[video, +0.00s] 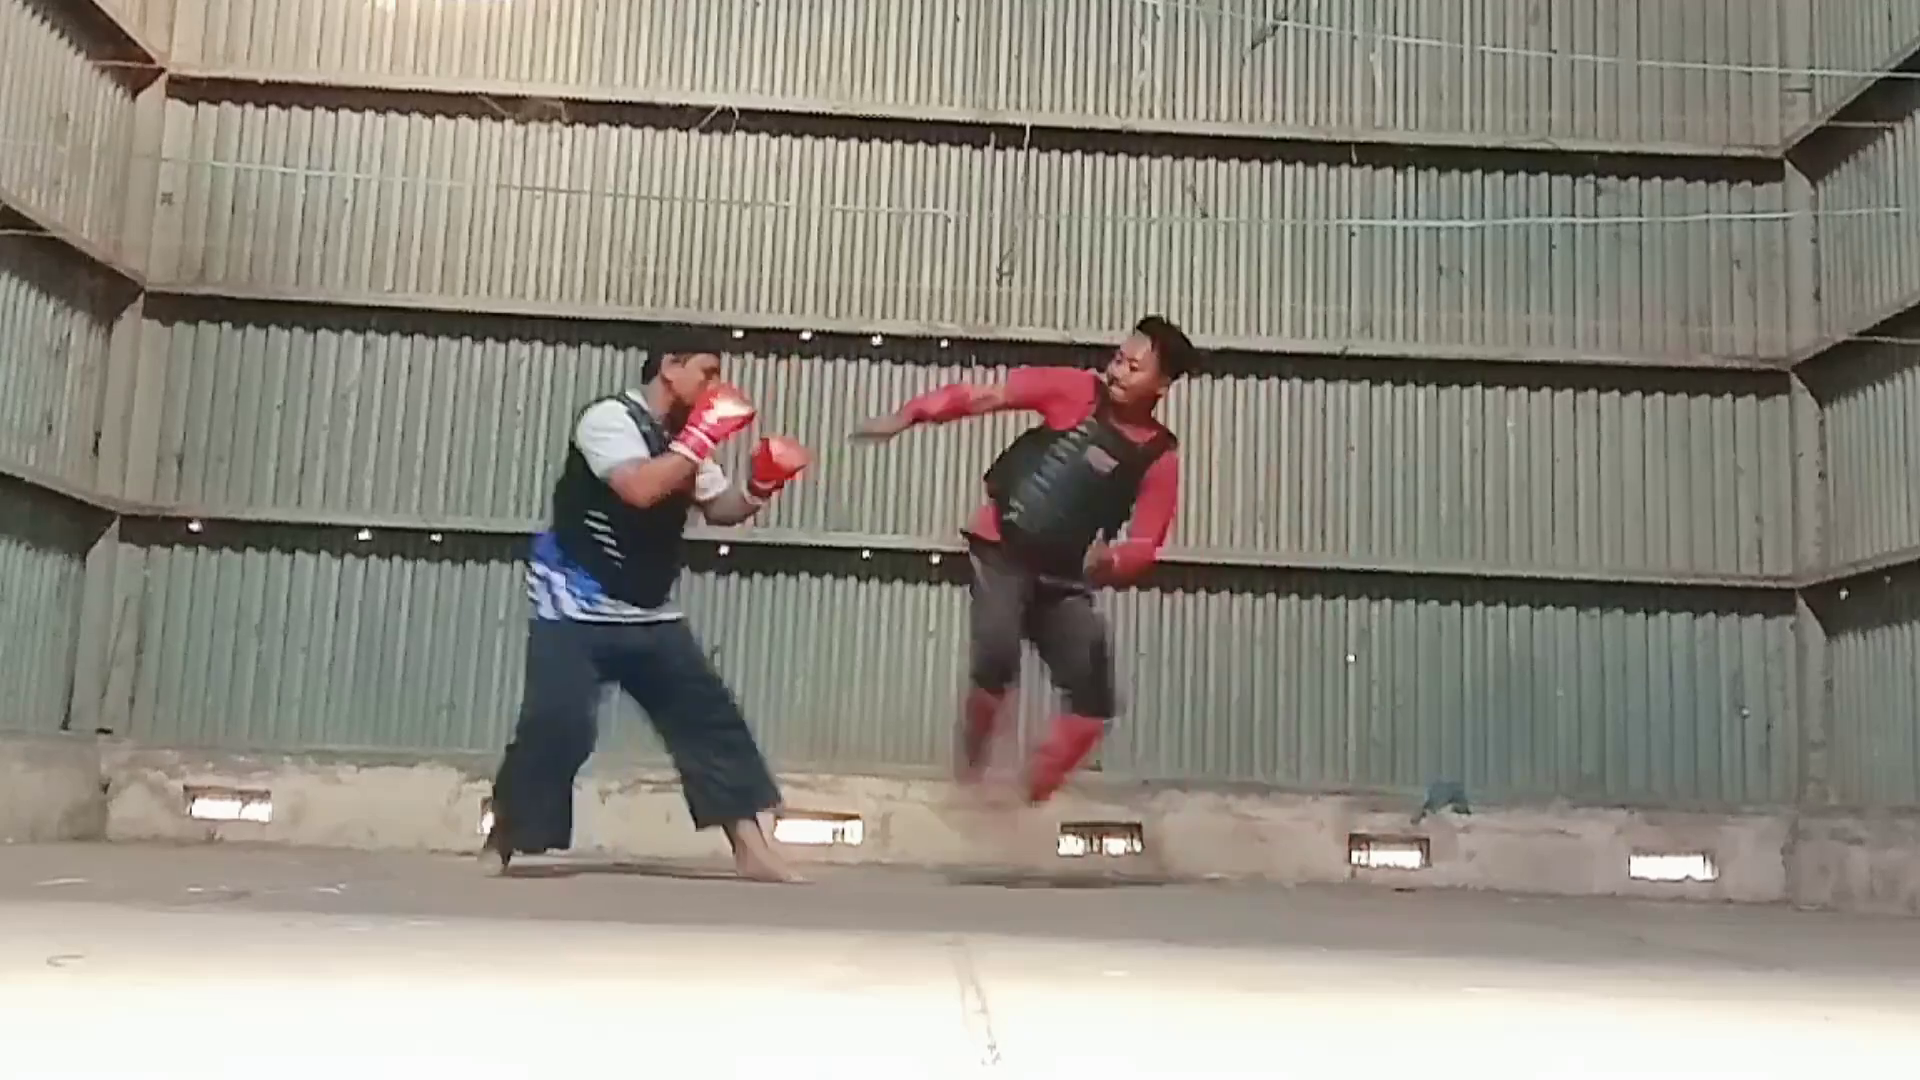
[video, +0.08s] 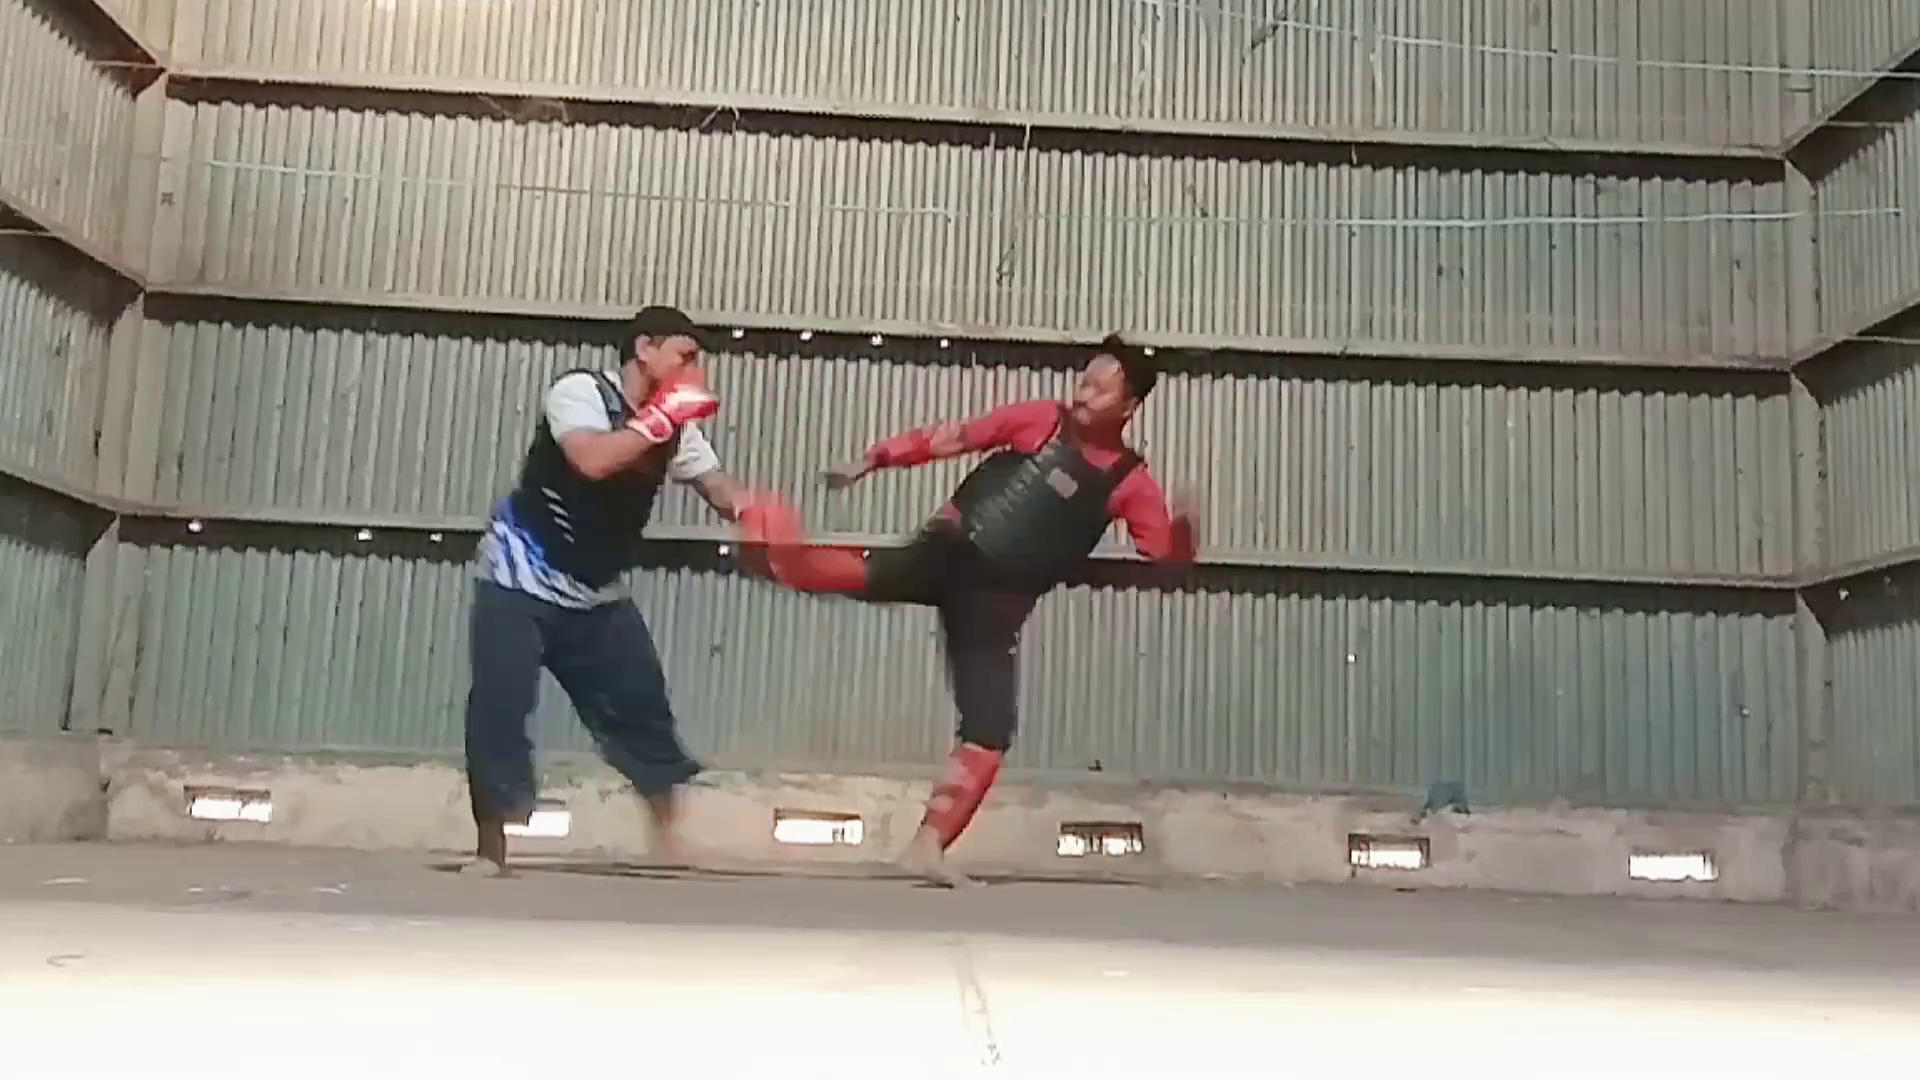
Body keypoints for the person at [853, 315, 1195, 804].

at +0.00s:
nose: (1118, 370)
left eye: (1135, 366)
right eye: (1120, 357)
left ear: (1164, 385)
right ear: (1115, 355)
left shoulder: (1157, 455)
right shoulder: (1074, 389)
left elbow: (1145, 546)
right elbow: (979, 396)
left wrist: (1111, 563)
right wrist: (903, 416)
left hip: (1060, 573)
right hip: (1000, 548)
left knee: (1093, 698)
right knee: (996, 661)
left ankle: (1029, 798)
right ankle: (972, 777)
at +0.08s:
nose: (1079, 393)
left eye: (1095, 387)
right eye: (1082, 381)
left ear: (1129, 405)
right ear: (1078, 383)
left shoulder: (1132, 483)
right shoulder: (1040, 420)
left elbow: (1168, 563)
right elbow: (953, 437)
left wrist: (1183, 530)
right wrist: (868, 462)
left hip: (994, 606)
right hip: (949, 553)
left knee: (986, 740)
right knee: (877, 574)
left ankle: (925, 850)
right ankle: (785, 561)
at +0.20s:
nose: (1069, 437)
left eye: (1086, 435)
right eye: (1069, 425)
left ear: (1112, 451)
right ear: (1062, 424)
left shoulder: (1106, 524)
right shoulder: (1017, 450)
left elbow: (1190, 552)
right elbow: (924, 470)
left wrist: (1258, 512)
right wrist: (856, 491)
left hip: (941, 626)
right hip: (894, 561)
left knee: (969, 732)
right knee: (778, 549)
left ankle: (919, 859)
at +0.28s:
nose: (1052, 437)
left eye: (1071, 438)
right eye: (1055, 425)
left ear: (1090, 462)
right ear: (1045, 422)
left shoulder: (1074, 531)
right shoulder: (991, 450)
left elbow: (1123, 575)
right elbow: (899, 463)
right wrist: (823, 488)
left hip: (925, 625)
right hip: (867, 566)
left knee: (961, 726)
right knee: (745, 584)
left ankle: (918, 861)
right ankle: (622, 585)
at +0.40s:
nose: (1010, 422)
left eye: (1027, 419)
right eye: (1011, 408)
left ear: (1056, 435)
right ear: (1007, 402)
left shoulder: (1048, 501)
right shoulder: (965, 438)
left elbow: (1057, 585)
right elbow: (865, 457)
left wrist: (1073, 657)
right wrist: (790, 491)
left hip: (917, 616)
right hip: (861, 572)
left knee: (952, 724)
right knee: (768, 654)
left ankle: (918, 855)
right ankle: (662, 717)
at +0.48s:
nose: (969, 416)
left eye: (987, 412)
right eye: (972, 402)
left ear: (1019, 427)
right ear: (969, 395)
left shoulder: (1013, 489)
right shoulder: (929, 437)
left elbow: (995, 575)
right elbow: (834, 474)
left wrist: (1002, 648)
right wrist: (778, 529)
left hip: (915, 617)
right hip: (854, 591)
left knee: (972, 717)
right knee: (810, 718)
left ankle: (924, 852)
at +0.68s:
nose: (925, 422)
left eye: (940, 414)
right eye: (923, 409)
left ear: (973, 422)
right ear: (919, 408)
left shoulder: (995, 490)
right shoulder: (889, 465)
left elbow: (1004, 565)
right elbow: (831, 548)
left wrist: (1016, 597)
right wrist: (808, 622)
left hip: (941, 641)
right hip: (867, 632)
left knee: (1028, 713)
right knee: (838, 731)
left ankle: (1020, 848)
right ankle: (753, 856)